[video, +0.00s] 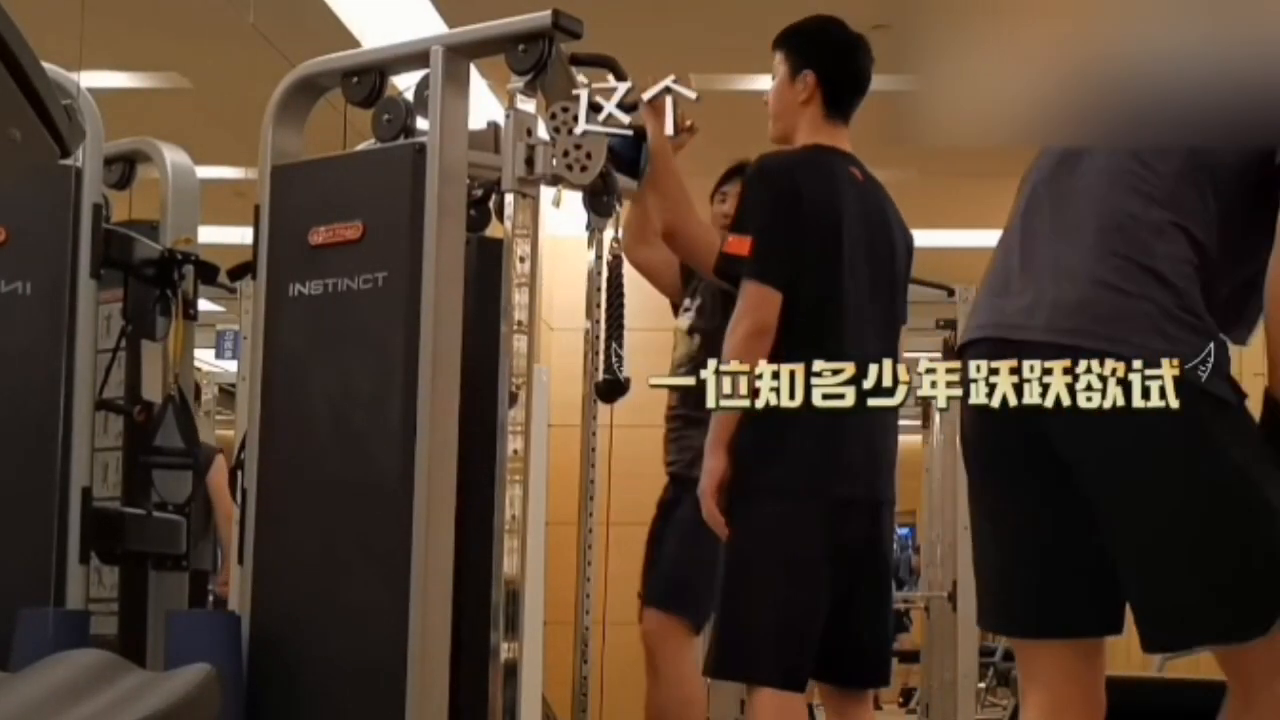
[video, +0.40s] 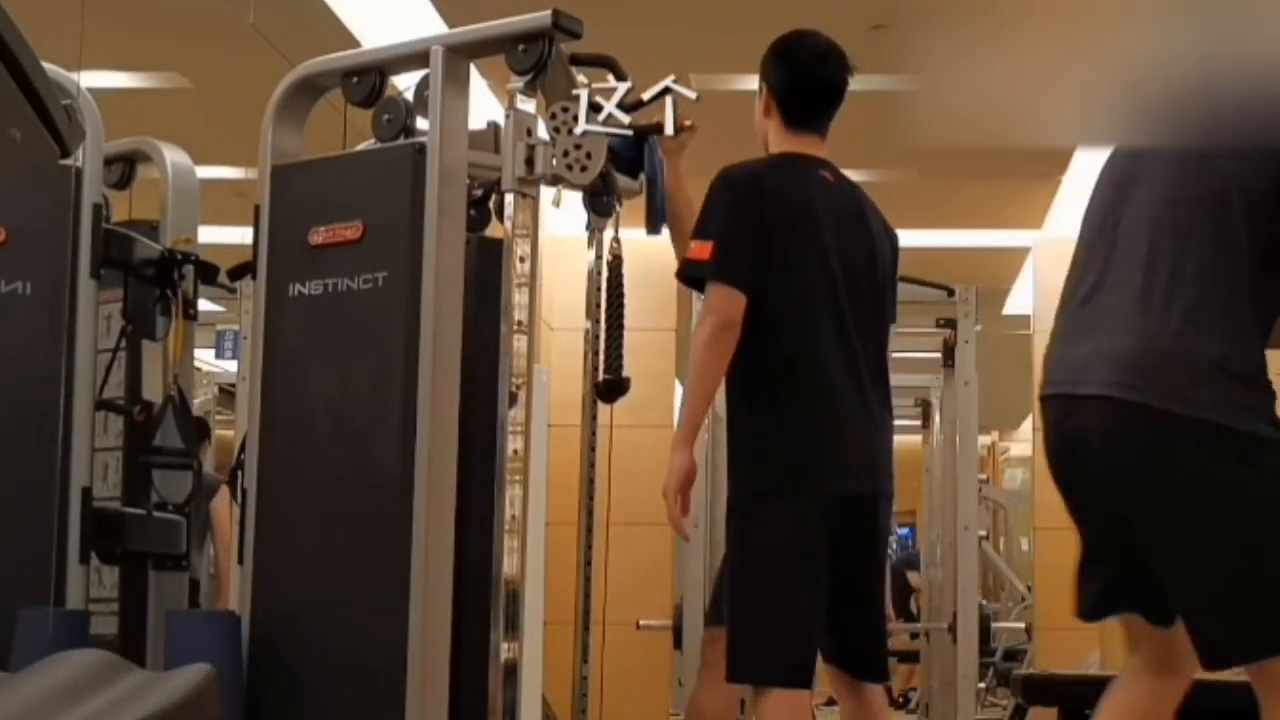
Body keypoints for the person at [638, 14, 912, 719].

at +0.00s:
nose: (767, 96)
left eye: (773, 80)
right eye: (769, 81)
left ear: (805, 87)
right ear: (850, 94)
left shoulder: (786, 177)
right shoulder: (887, 212)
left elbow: (756, 321)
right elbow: (880, 354)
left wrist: (717, 446)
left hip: (784, 472)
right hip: (863, 479)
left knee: (775, 684)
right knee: (852, 688)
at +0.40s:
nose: (756, 106)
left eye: (756, 94)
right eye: (764, 94)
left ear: (765, 100)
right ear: (836, 107)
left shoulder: (748, 188)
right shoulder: (873, 221)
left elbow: (723, 319)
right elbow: (871, 346)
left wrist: (686, 442)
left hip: (778, 469)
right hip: (864, 472)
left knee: (781, 678)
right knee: (858, 671)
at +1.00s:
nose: (817, 154)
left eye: (819, 144)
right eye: (820, 145)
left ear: (825, 153)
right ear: (891, 162)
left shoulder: (789, 233)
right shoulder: (917, 263)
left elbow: (737, 353)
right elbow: (919, 399)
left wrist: (713, 377)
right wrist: (885, 450)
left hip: (807, 484)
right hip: (894, 491)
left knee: (759, 666)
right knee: (888, 671)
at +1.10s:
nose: (818, 161)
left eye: (820, 153)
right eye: (822, 153)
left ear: (828, 160)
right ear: (891, 168)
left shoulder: (790, 237)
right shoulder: (917, 267)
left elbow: (714, 326)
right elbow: (915, 399)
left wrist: (698, 303)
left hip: (804, 495)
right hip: (890, 500)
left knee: (766, 670)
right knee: (889, 675)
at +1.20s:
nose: (817, 169)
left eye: (819, 160)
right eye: (823, 159)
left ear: (827, 168)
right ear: (888, 176)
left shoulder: (784, 243)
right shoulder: (912, 271)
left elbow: (692, 284)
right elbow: (908, 388)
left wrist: (679, 241)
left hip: (801, 493)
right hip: (885, 497)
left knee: (771, 668)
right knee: (885, 672)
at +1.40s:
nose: (799, 191)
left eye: (803, 180)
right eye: (808, 180)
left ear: (812, 188)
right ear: (868, 199)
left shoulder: (770, 251)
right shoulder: (887, 284)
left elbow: (689, 219)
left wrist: (666, 153)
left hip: (789, 495)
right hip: (869, 499)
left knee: (770, 674)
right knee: (874, 675)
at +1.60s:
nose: (771, 201)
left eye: (777, 192)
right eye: (778, 192)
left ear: (786, 204)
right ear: (835, 216)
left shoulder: (751, 260)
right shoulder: (844, 291)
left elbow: (678, 204)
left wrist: (657, 124)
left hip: (751, 493)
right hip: (826, 497)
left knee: (741, 677)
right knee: (846, 676)